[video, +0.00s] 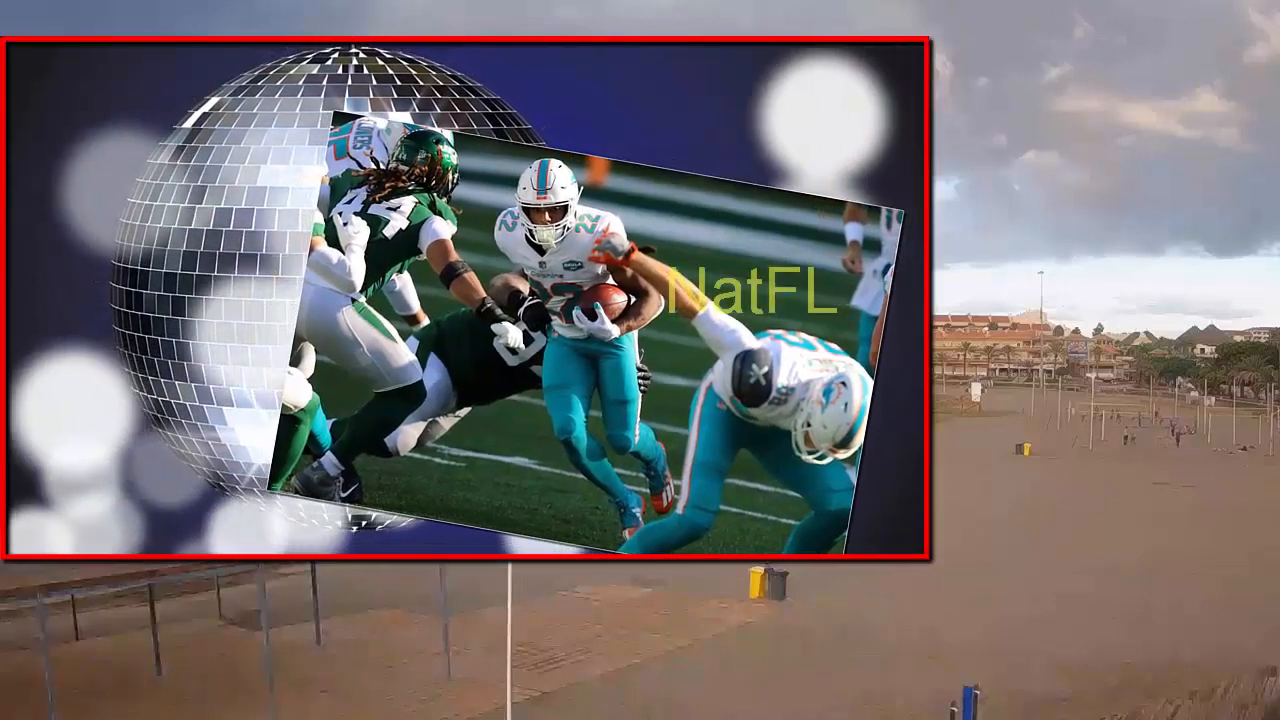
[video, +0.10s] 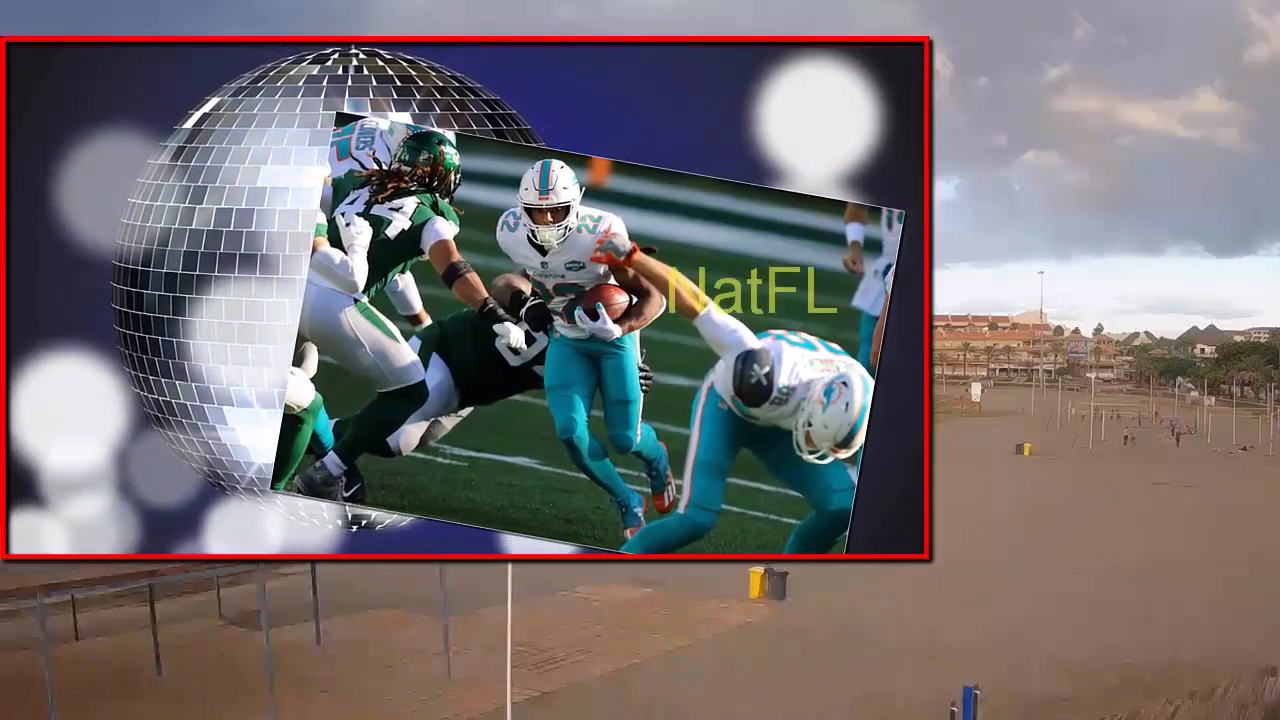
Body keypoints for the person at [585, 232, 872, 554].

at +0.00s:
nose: (818, 456)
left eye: (831, 453)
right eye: (813, 444)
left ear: (857, 429)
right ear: (805, 411)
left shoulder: (868, 416)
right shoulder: (758, 368)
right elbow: (692, 303)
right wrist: (631, 257)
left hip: (781, 425)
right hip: (726, 401)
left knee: (841, 504)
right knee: (696, 519)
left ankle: (779, 581)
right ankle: (615, 567)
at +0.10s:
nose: (820, 456)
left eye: (833, 452)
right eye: (815, 444)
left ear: (858, 428)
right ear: (806, 411)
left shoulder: (870, 412)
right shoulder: (759, 369)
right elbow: (694, 303)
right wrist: (632, 257)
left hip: (780, 424)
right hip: (727, 401)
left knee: (841, 504)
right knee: (698, 517)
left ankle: (781, 582)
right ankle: (616, 570)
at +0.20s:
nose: (820, 455)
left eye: (833, 452)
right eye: (816, 444)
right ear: (807, 411)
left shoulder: (869, 411)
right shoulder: (757, 364)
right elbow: (696, 304)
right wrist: (634, 257)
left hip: (782, 424)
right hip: (728, 401)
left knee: (842, 503)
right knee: (699, 517)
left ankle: (782, 582)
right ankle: (620, 568)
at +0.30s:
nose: (820, 456)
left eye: (833, 452)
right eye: (816, 443)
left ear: (859, 429)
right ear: (807, 410)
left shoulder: (870, 414)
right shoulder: (762, 368)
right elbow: (697, 303)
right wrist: (636, 257)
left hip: (785, 425)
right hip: (730, 401)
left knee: (843, 503)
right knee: (700, 517)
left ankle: (782, 581)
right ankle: (619, 569)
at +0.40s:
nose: (821, 455)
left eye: (834, 452)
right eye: (817, 443)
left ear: (859, 428)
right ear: (809, 410)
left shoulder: (870, 413)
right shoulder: (763, 367)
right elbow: (699, 303)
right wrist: (638, 258)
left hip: (786, 425)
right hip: (731, 401)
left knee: (845, 503)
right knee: (702, 516)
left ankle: (784, 581)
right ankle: (622, 568)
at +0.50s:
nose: (822, 455)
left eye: (835, 452)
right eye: (818, 442)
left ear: (861, 429)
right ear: (810, 409)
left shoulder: (872, 413)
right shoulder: (763, 366)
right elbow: (700, 303)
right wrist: (639, 258)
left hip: (788, 424)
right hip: (733, 401)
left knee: (845, 503)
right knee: (704, 515)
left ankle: (785, 581)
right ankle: (622, 568)